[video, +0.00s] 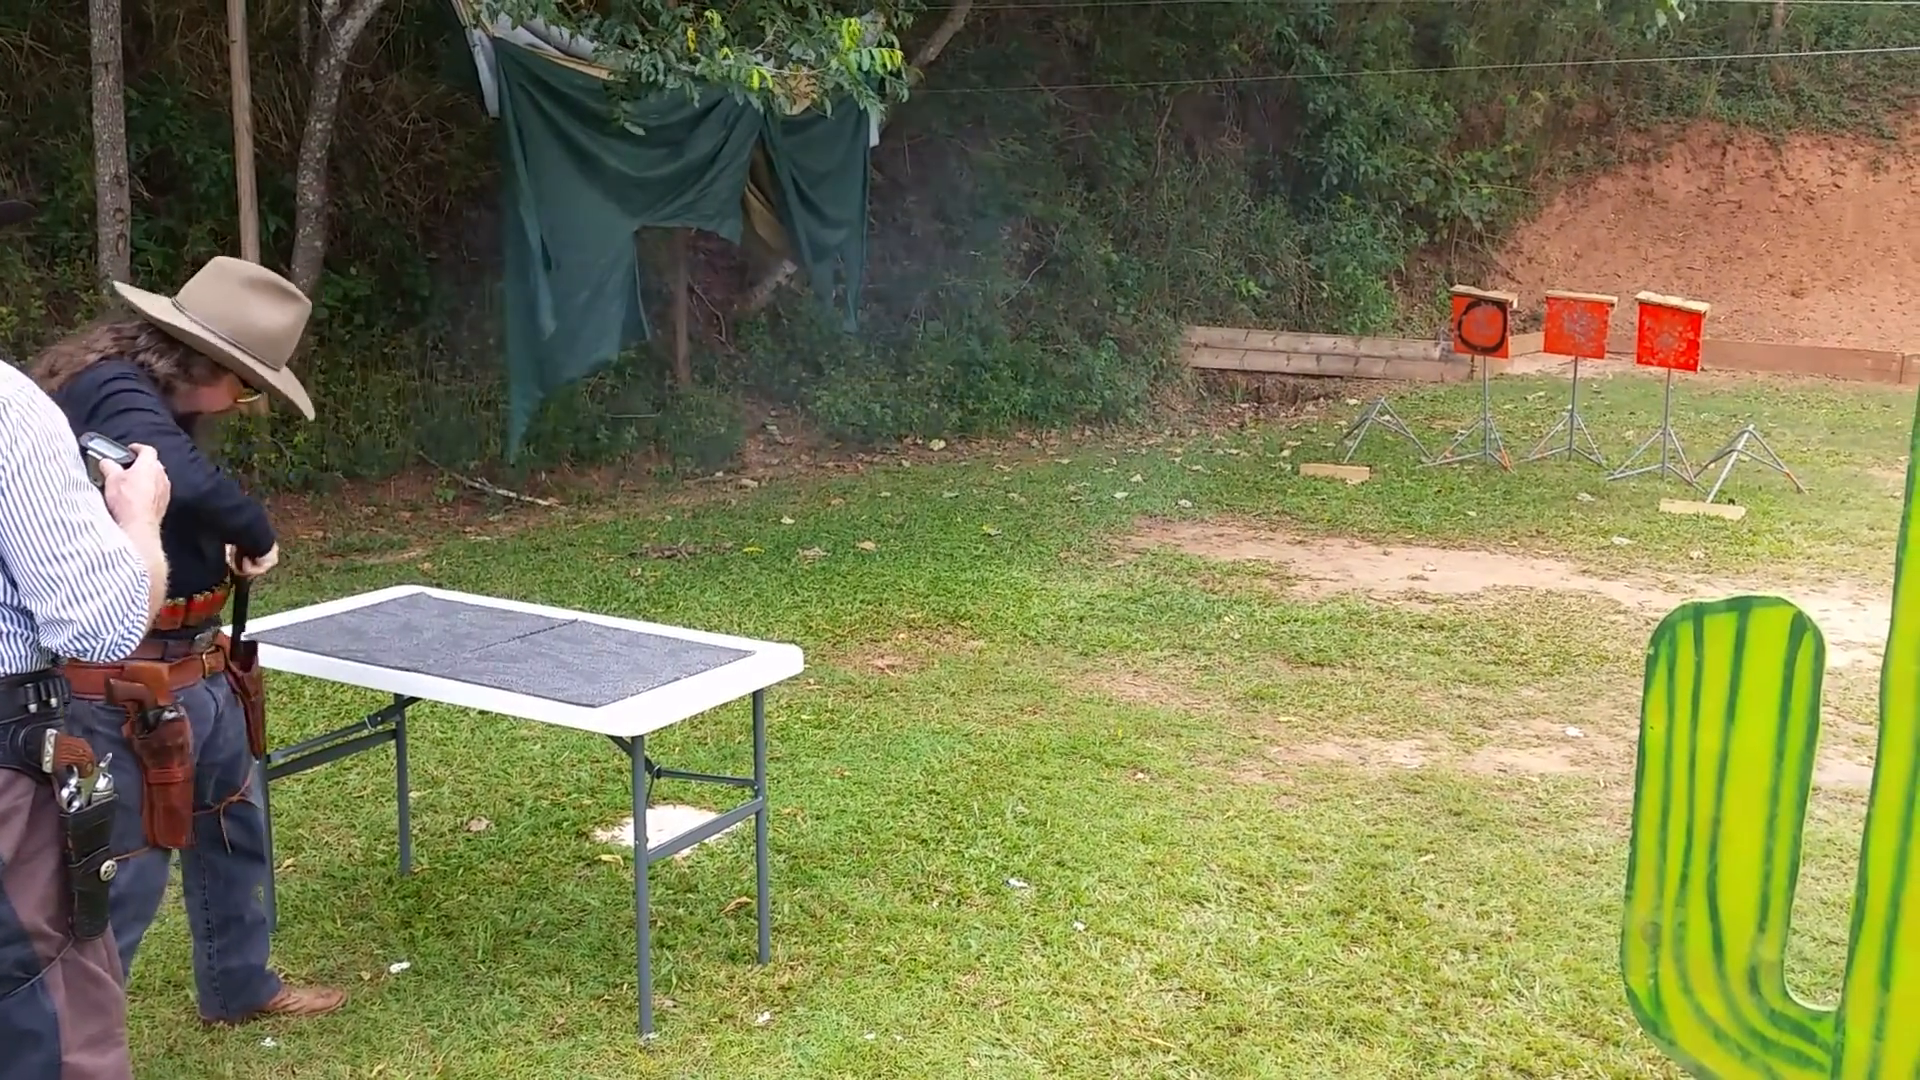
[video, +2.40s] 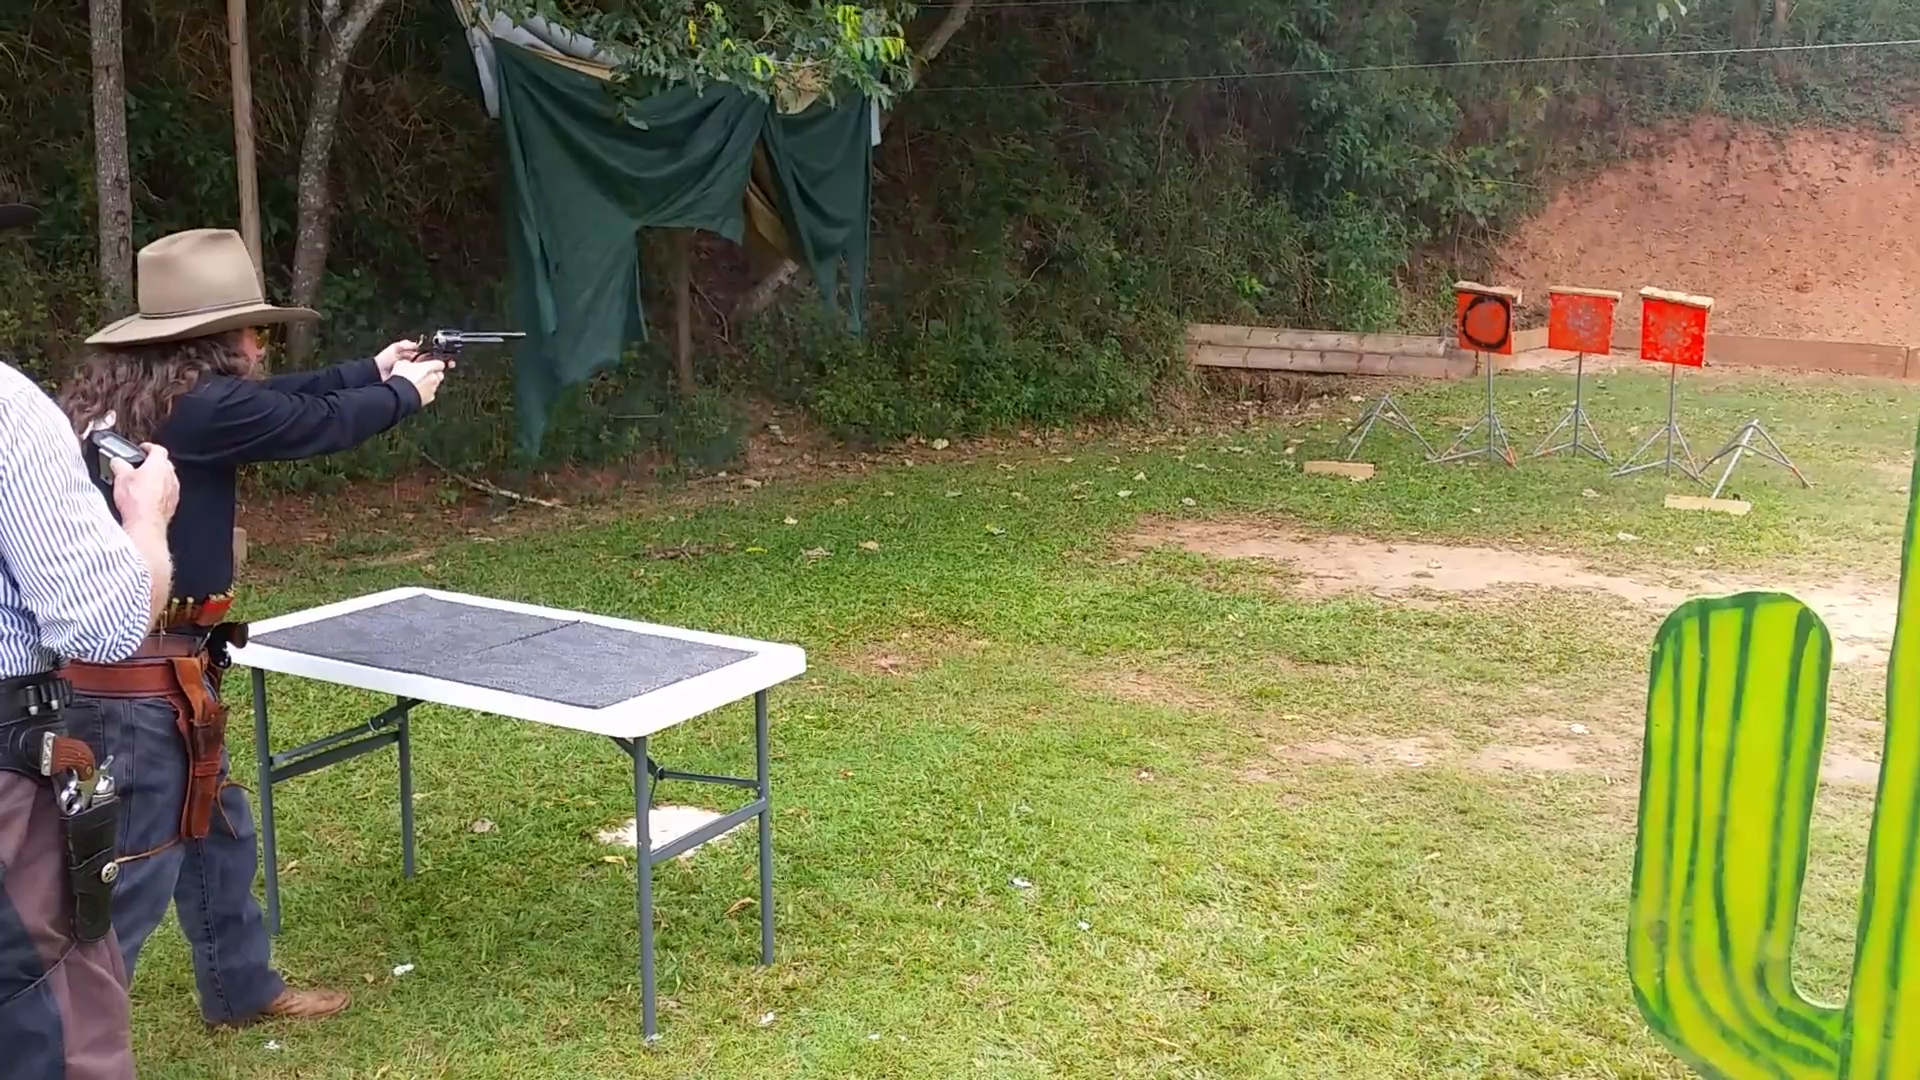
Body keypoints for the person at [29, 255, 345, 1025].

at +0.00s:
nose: (236, 404)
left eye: (244, 392)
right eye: (238, 387)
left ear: (186, 351)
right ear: (207, 365)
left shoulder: (144, 393)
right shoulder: (120, 392)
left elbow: (157, 529)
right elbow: (188, 484)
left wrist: (225, 552)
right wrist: (258, 533)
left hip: (190, 659)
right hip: (114, 670)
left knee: (231, 821)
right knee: (126, 869)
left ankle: (238, 987)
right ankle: (78, 1022)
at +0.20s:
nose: (213, 413)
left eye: (220, 401)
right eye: (212, 398)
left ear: (160, 363)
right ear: (177, 378)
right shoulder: (121, 438)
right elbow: (174, 559)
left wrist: (204, 534)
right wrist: (233, 622)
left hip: (178, 670)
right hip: (112, 680)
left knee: (216, 833)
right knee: (117, 869)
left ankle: (236, 987)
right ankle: (72, 1007)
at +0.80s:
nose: (224, 358)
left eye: (225, 344)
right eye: (217, 344)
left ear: (148, 338)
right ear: (177, 347)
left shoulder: (134, 404)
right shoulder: (122, 407)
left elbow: (169, 509)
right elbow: (160, 518)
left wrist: (238, 508)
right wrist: (240, 522)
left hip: (168, 667)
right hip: (120, 678)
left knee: (213, 836)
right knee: (131, 879)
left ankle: (236, 993)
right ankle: (63, 1032)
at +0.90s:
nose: (224, 356)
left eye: (222, 341)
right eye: (218, 341)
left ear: (133, 341)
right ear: (185, 347)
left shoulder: (103, 411)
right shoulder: (155, 420)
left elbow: (205, 488)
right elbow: (255, 525)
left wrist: (275, 466)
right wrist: (313, 490)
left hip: (150, 668)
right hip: (128, 679)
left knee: (212, 830)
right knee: (130, 878)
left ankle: (237, 993)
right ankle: (70, 1034)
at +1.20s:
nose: (247, 355)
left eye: (245, 340)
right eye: (238, 340)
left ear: (159, 342)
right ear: (201, 347)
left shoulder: (106, 399)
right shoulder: (188, 412)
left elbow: (262, 412)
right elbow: (296, 428)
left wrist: (355, 383)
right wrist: (393, 395)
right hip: (141, 671)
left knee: (210, 830)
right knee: (136, 872)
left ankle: (239, 991)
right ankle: (70, 1032)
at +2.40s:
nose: (261, 345)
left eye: (257, 331)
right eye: (251, 332)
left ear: (175, 335)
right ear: (214, 337)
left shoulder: (124, 390)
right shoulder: (200, 405)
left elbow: (275, 400)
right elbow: (320, 425)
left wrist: (374, 370)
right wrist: (405, 394)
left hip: (112, 656)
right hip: (144, 667)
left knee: (218, 826)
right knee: (135, 870)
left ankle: (240, 992)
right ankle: (67, 1031)